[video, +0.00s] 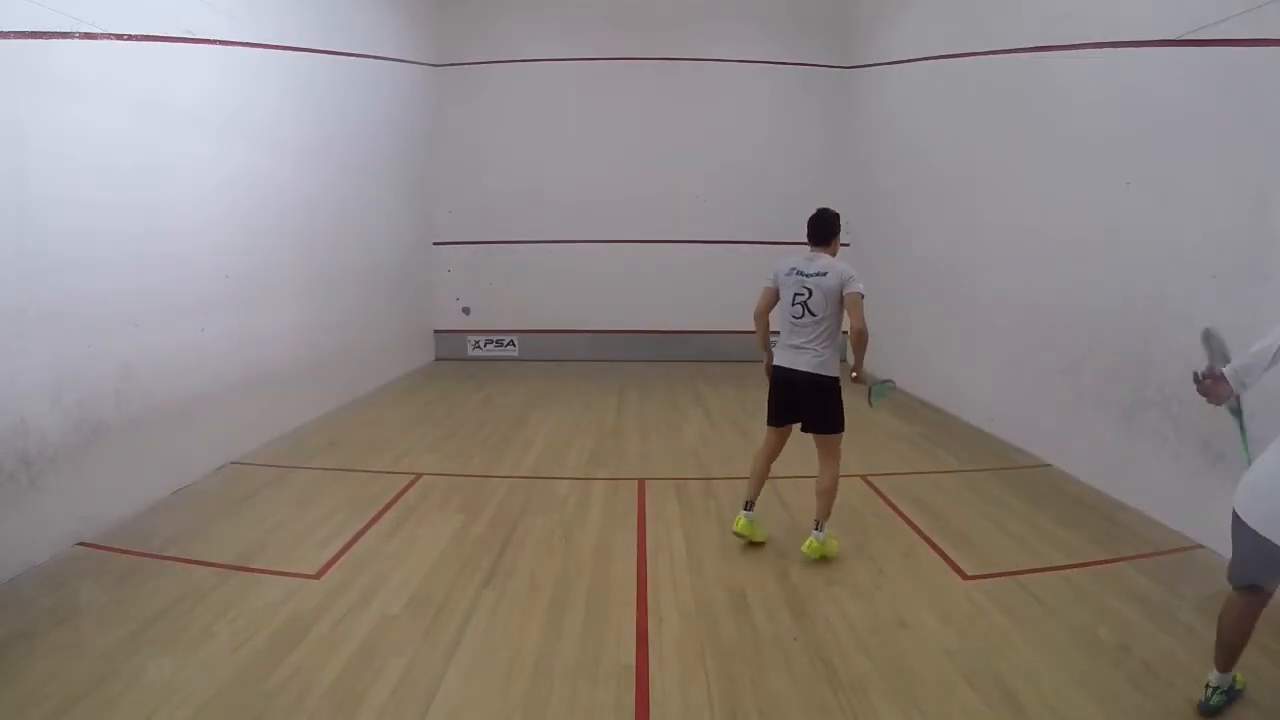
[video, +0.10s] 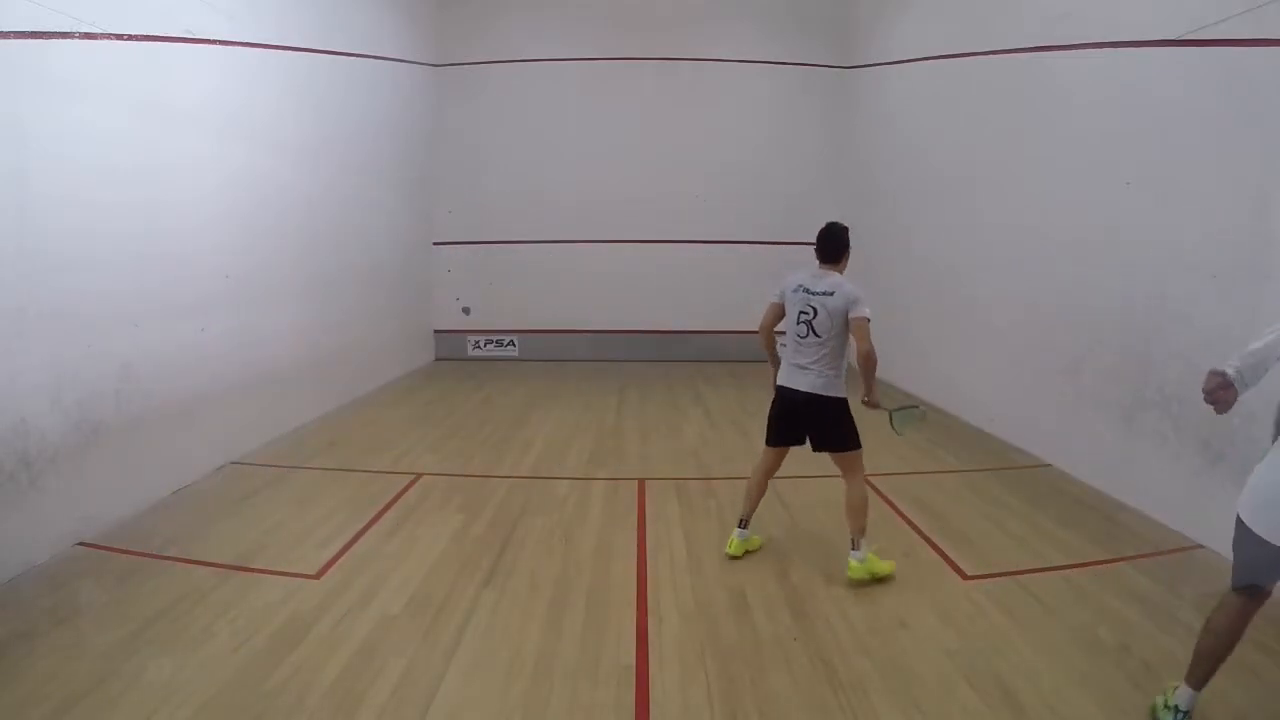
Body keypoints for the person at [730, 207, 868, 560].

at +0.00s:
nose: (841, 241)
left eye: (837, 235)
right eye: (841, 236)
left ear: (808, 236)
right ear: (837, 238)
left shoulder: (787, 268)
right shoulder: (844, 272)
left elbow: (760, 312)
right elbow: (857, 328)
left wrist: (767, 354)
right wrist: (858, 368)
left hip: (783, 374)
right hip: (821, 380)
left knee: (771, 442)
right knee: (829, 458)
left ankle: (745, 514)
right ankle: (818, 535)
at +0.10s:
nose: (848, 257)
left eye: (838, 251)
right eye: (849, 252)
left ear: (817, 252)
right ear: (846, 255)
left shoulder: (793, 283)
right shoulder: (849, 294)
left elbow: (765, 328)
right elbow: (865, 352)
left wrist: (775, 364)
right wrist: (870, 391)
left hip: (787, 396)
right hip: (827, 403)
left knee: (766, 464)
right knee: (854, 475)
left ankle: (739, 534)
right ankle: (858, 556)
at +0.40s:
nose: (925, 263)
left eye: (920, 256)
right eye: (926, 258)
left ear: (891, 253)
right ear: (922, 260)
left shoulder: (861, 286)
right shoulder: (913, 300)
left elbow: (828, 335)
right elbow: (915, 369)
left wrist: (822, 385)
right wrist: (929, 425)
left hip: (845, 405)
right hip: (886, 413)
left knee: (821, 475)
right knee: (927, 485)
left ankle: (777, 538)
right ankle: (901, 567)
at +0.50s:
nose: (956, 284)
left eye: (957, 278)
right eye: (957, 277)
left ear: (922, 271)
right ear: (950, 276)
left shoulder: (889, 302)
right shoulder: (937, 317)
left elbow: (850, 342)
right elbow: (935, 390)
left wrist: (834, 390)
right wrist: (963, 447)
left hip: (861, 419)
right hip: (902, 430)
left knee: (840, 485)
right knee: (948, 503)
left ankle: (785, 548)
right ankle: (939, 591)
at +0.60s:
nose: (983, 309)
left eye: (984, 301)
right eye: (984, 301)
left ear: (952, 292)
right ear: (975, 298)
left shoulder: (914, 317)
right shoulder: (957, 340)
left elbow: (861, 358)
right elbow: (962, 419)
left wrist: (839, 397)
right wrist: (993, 468)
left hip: (872, 432)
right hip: (912, 442)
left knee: (842, 498)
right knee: (972, 508)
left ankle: (783, 553)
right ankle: (942, 591)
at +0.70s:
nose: (997, 320)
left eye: (999, 312)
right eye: (997, 310)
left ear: (966, 300)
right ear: (983, 304)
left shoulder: (921, 319)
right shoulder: (971, 349)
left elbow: (867, 358)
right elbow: (988, 425)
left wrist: (845, 399)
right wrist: (1018, 476)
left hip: (872, 431)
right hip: (916, 443)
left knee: (840, 497)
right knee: (972, 507)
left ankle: (787, 557)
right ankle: (942, 590)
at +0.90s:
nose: (970, 290)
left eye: (969, 284)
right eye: (970, 284)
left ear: (934, 277)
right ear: (966, 284)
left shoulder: (899, 301)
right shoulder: (963, 332)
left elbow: (850, 330)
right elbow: (965, 408)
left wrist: (822, 380)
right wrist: (947, 445)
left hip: (863, 410)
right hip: (910, 424)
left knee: (832, 481)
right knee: (948, 501)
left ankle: (796, 552)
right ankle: (939, 590)